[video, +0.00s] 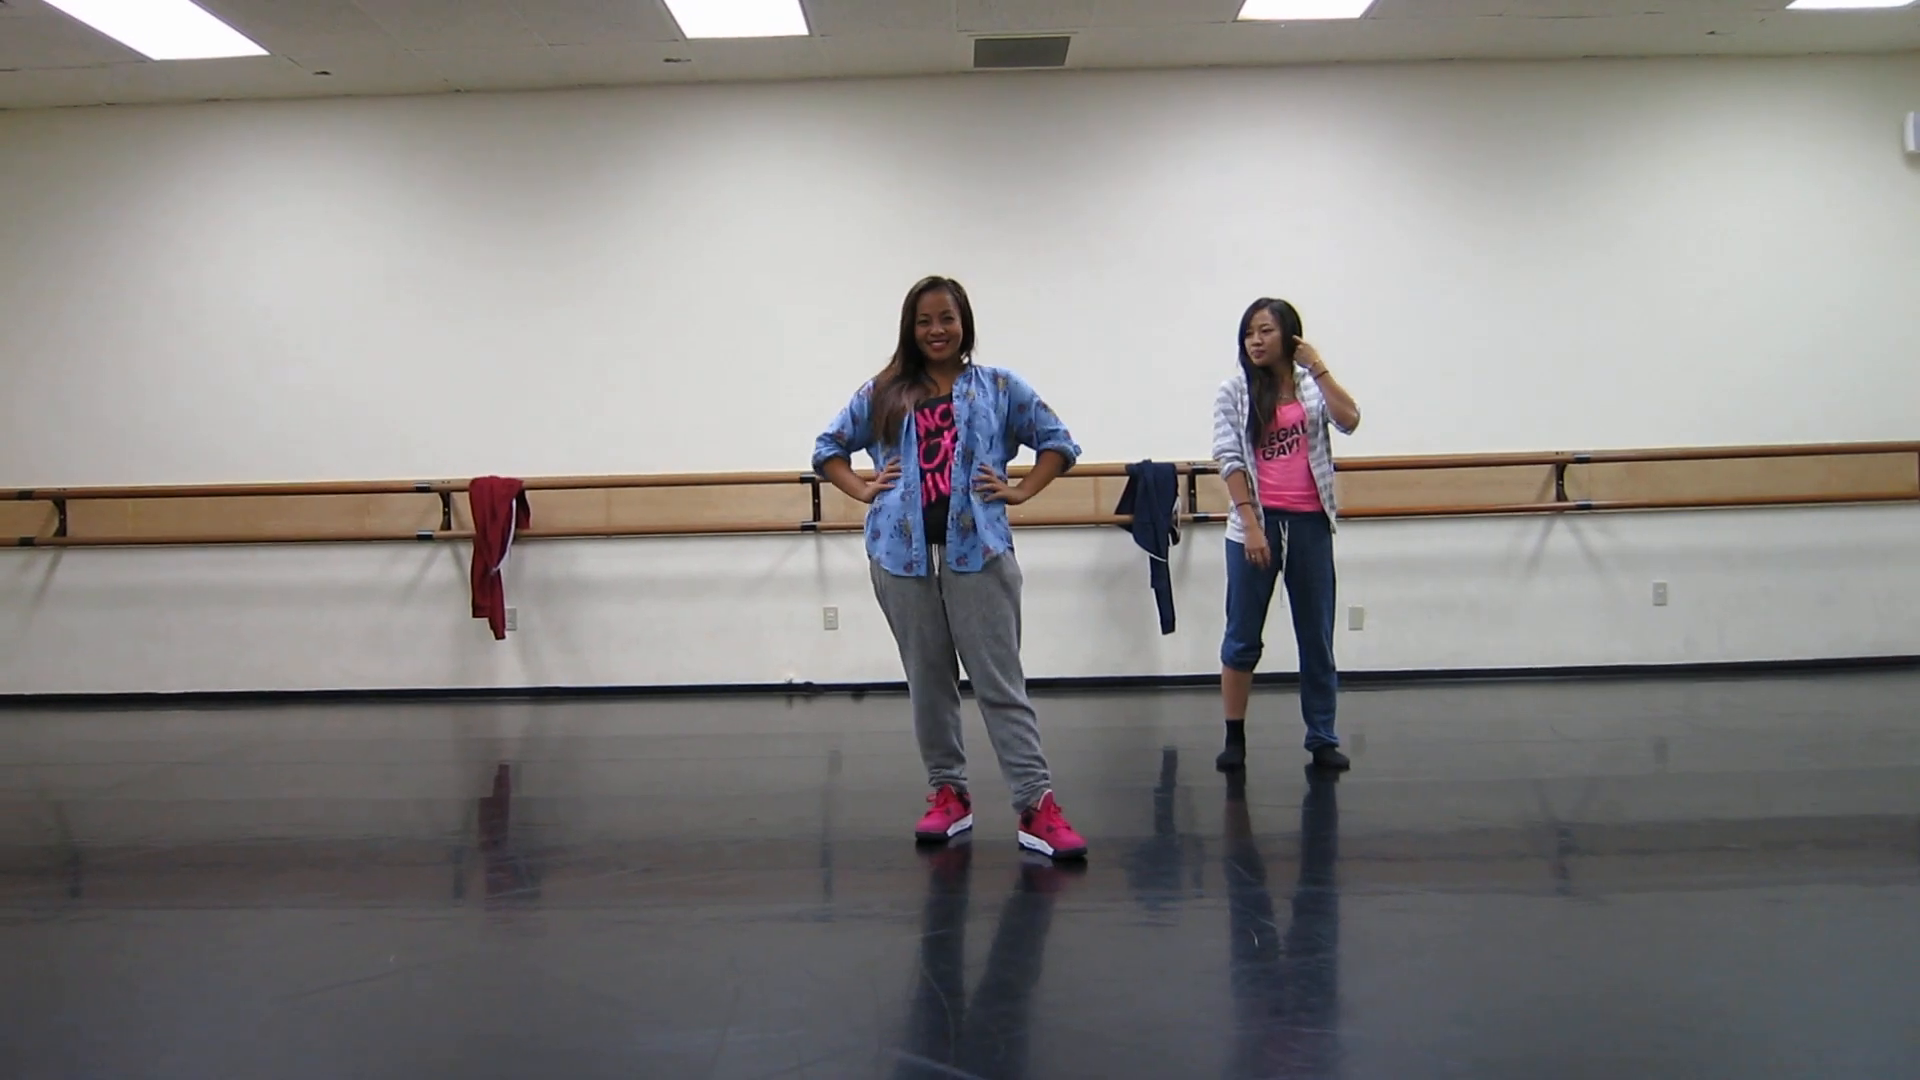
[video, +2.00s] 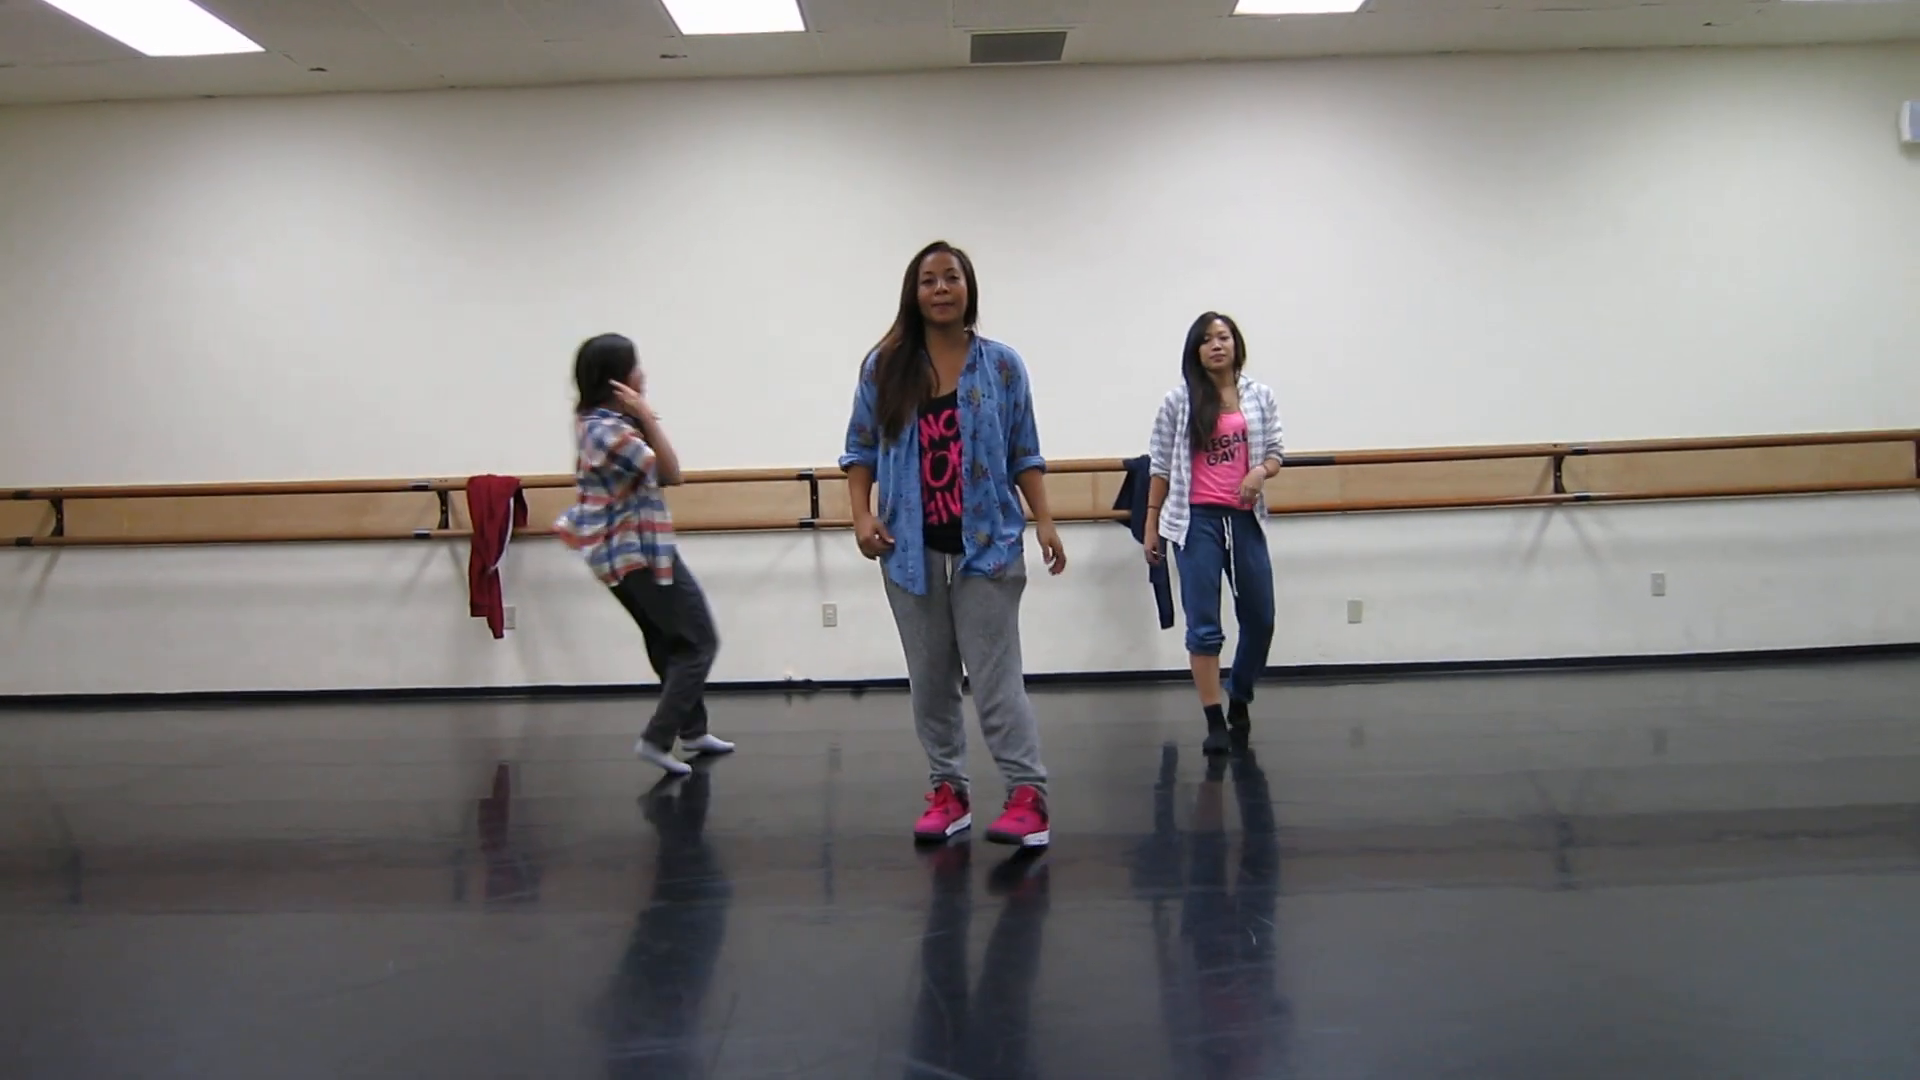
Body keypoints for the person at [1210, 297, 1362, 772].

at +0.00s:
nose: (1256, 340)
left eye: (1266, 331)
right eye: (1249, 333)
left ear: (1290, 338)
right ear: (1243, 341)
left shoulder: (1313, 386)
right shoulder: (1234, 391)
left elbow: (1349, 420)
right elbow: (1229, 460)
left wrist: (1318, 366)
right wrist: (1251, 524)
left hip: (1311, 524)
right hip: (1255, 523)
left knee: (1317, 639)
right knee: (1242, 639)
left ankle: (1323, 741)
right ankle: (1233, 739)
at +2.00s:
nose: (1217, 345)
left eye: (1223, 337)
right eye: (1207, 340)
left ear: (1237, 344)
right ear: (1195, 351)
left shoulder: (1259, 396)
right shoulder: (1177, 402)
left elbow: (1275, 455)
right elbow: (1159, 470)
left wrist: (1260, 471)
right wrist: (1151, 526)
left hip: (1245, 519)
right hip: (1194, 519)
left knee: (1260, 617)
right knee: (1203, 621)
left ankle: (1240, 697)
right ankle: (1214, 721)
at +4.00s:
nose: (1197, 366)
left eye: (1204, 359)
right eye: (1188, 360)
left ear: (1216, 366)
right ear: (1175, 369)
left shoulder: (1233, 413)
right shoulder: (1158, 415)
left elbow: (1242, 484)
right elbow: (1143, 478)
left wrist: (1240, 446)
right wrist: (1180, 473)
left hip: (1226, 531)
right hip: (1178, 530)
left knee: (1247, 628)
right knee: (1172, 625)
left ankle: (1267, 721)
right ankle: (1171, 716)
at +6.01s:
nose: (1222, 387)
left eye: (1231, 381)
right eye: (1215, 380)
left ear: (1243, 389)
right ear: (1201, 387)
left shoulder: (1255, 436)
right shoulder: (1175, 434)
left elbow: (1261, 499)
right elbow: (1153, 491)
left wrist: (1267, 476)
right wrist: (1183, 499)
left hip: (1236, 555)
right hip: (1185, 553)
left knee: (1247, 657)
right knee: (1177, 653)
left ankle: (1258, 747)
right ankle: (1171, 743)